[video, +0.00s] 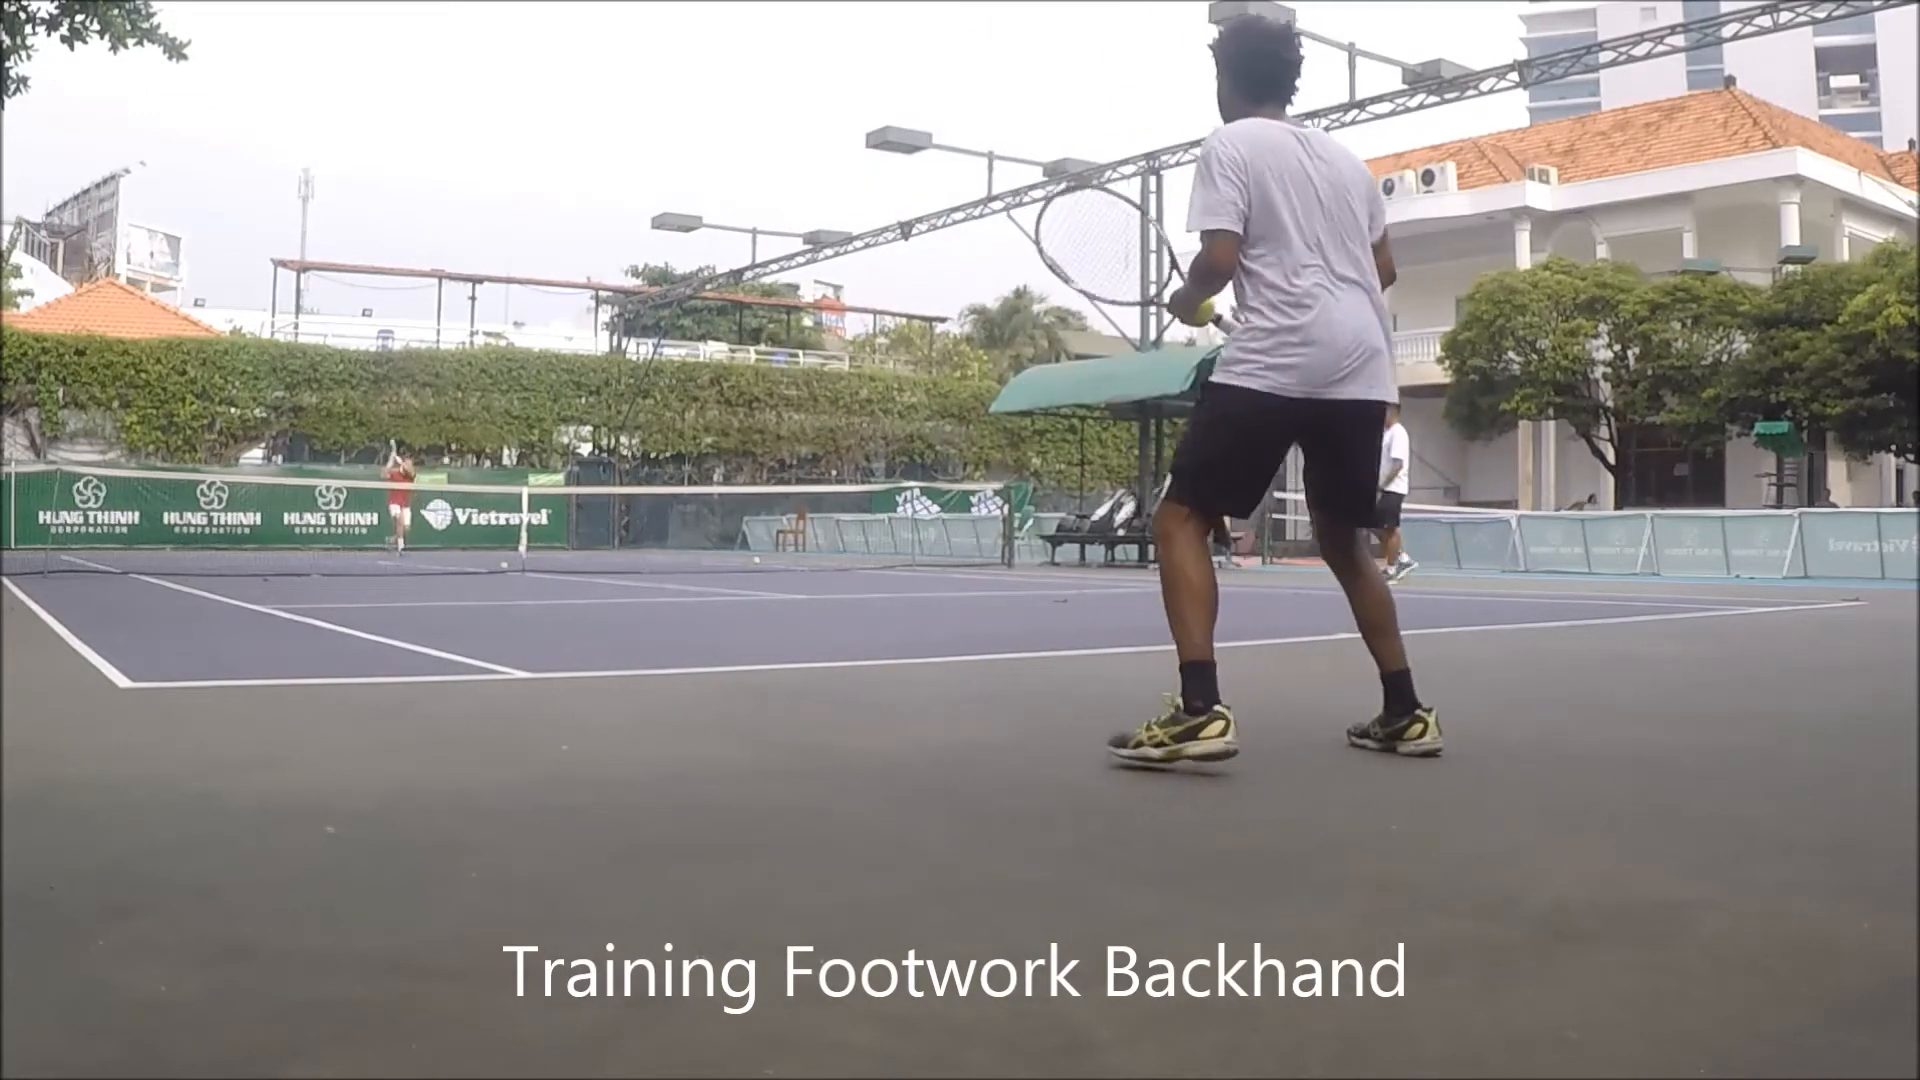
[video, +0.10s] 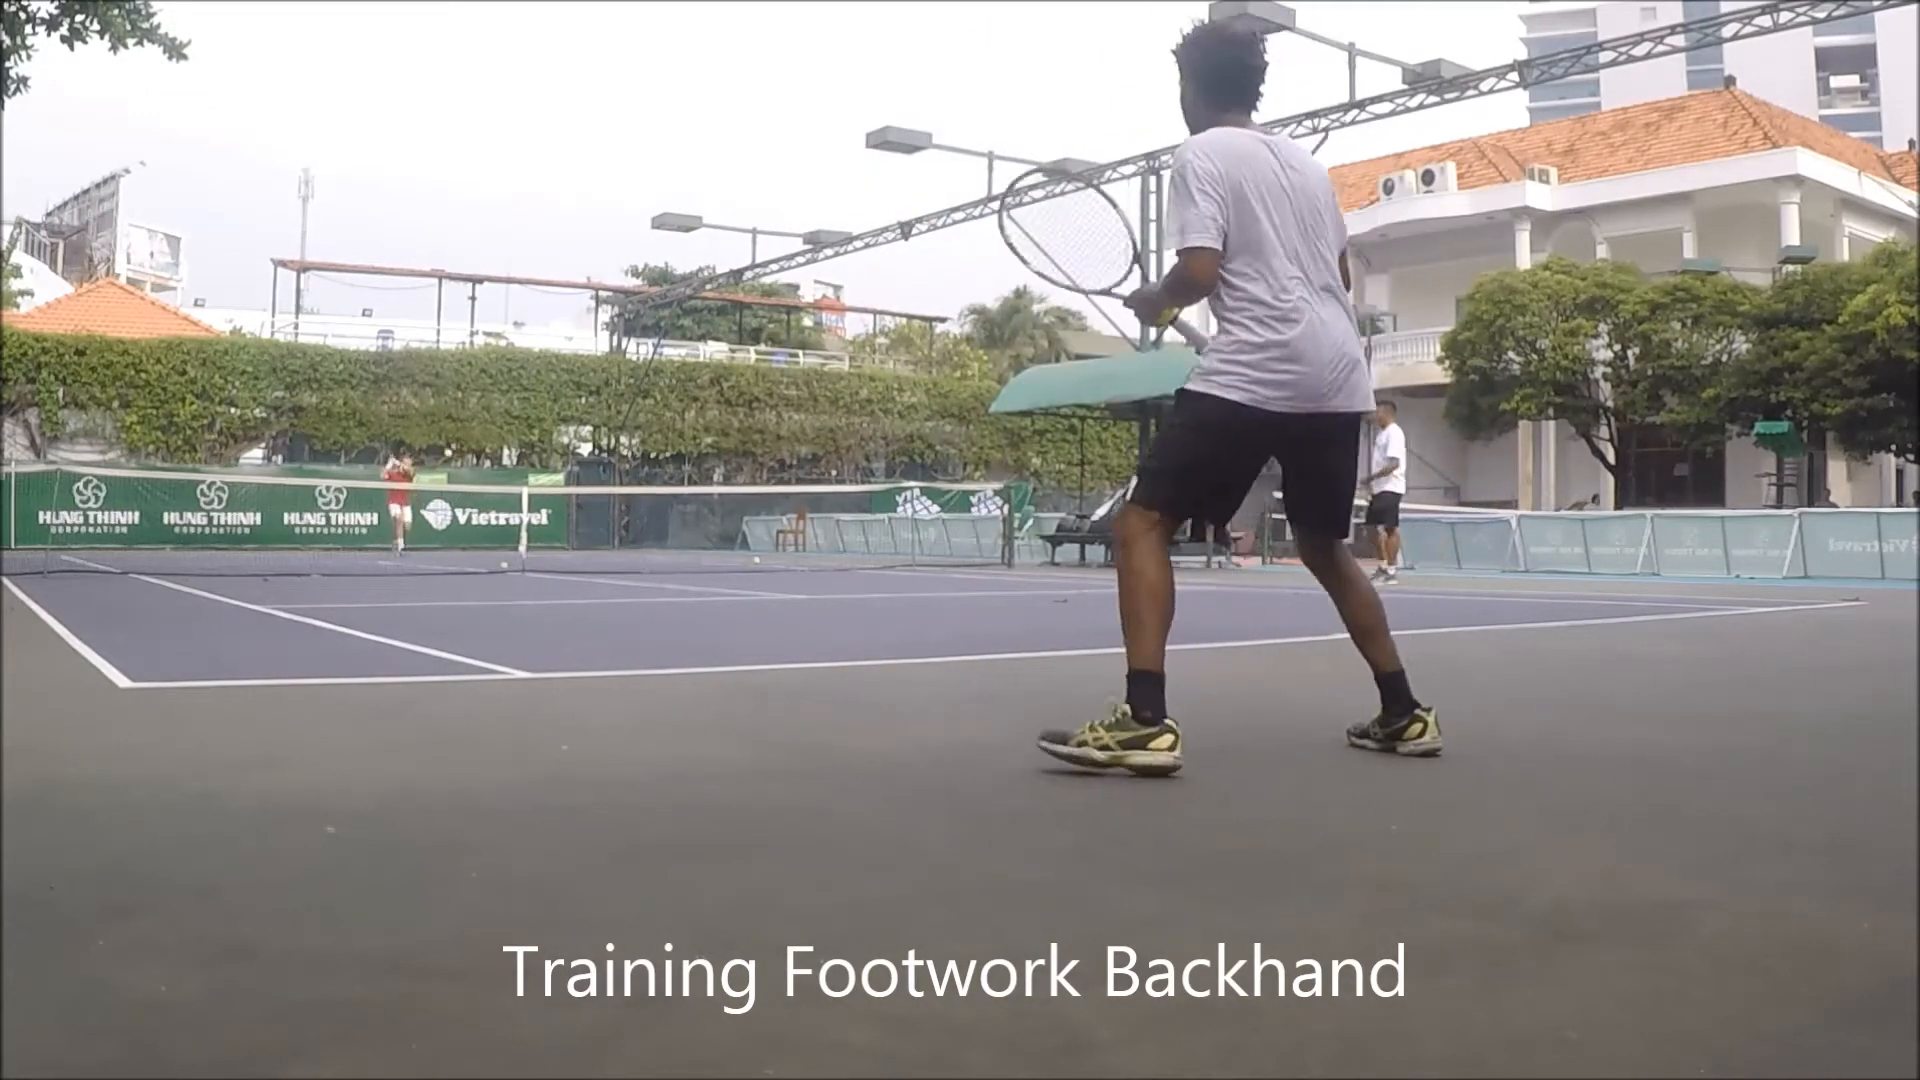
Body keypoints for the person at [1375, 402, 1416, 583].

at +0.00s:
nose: (1382, 415)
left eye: (1385, 411)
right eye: (1382, 411)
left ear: (1393, 412)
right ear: (1391, 413)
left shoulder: (1398, 432)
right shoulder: (1387, 432)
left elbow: (1398, 463)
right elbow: (1388, 461)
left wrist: (1383, 484)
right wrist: (1378, 480)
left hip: (1394, 487)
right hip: (1385, 486)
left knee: (1389, 528)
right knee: (1377, 526)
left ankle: (1391, 567)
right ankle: (1402, 557)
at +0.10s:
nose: (1376, 416)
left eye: (1379, 413)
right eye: (1376, 413)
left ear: (1388, 414)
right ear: (1383, 414)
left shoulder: (1394, 432)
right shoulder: (1382, 434)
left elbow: (1393, 462)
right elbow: (1383, 461)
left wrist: (1371, 477)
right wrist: (1371, 481)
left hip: (1391, 487)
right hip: (1380, 487)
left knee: (1390, 528)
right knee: (1371, 525)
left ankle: (1390, 567)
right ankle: (1386, 565)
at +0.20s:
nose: (1372, 416)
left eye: (1375, 412)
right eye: (1372, 412)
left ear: (1385, 413)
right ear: (1376, 414)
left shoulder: (1391, 432)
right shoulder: (1377, 434)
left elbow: (1390, 461)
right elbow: (1379, 460)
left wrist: (1369, 464)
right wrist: (1371, 484)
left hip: (1388, 487)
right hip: (1375, 488)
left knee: (1389, 529)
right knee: (1367, 528)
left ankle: (1390, 569)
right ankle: (1365, 567)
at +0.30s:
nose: (1368, 417)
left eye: (1372, 413)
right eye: (1368, 413)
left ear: (1383, 414)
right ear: (1369, 416)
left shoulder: (1388, 432)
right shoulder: (1371, 433)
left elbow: (1385, 461)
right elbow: (1367, 456)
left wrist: (1367, 457)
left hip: (1385, 487)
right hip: (1371, 487)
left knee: (1388, 529)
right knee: (1364, 529)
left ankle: (1390, 569)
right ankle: (1356, 568)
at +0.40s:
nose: (1364, 417)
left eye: (1368, 413)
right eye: (1364, 413)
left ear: (1378, 414)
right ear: (1366, 416)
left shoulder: (1385, 433)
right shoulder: (1366, 434)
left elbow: (1380, 462)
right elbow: (1366, 458)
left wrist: (1362, 456)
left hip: (1381, 488)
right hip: (1365, 488)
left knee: (1386, 530)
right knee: (1362, 530)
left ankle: (1390, 569)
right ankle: (1355, 568)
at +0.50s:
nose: (1361, 416)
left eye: (1364, 412)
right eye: (1360, 413)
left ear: (1373, 413)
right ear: (1361, 415)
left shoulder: (1381, 432)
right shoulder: (1361, 434)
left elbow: (1379, 462)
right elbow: (1363, 460)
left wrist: (1357, 460)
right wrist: (1356, 489)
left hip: (1376, 489)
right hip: (1361, 490)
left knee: (1383, 531)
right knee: (1361, 531)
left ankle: (1389, 569)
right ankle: (1355, 569)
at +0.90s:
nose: (1346, 419)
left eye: (1349, 415)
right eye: (1344, 416)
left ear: (1357, 416)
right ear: (1342, 419)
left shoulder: (1370, 431)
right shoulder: (1342, 438)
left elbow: (1375, 459)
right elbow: (1338, 466)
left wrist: (1365, 485)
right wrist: (1329, 490)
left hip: (1368, 488)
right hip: (1349, 491)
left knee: (1370, 527)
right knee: (1355, 532)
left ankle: (1379, 566)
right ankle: (1354, 569)